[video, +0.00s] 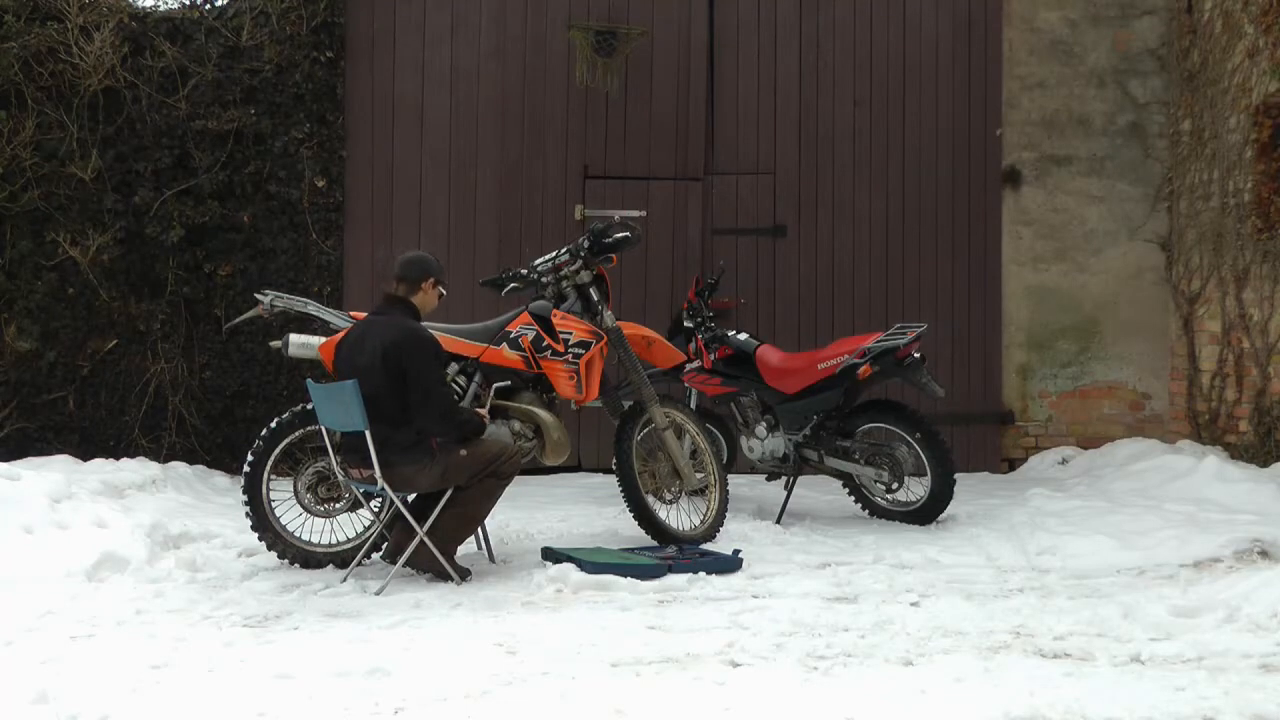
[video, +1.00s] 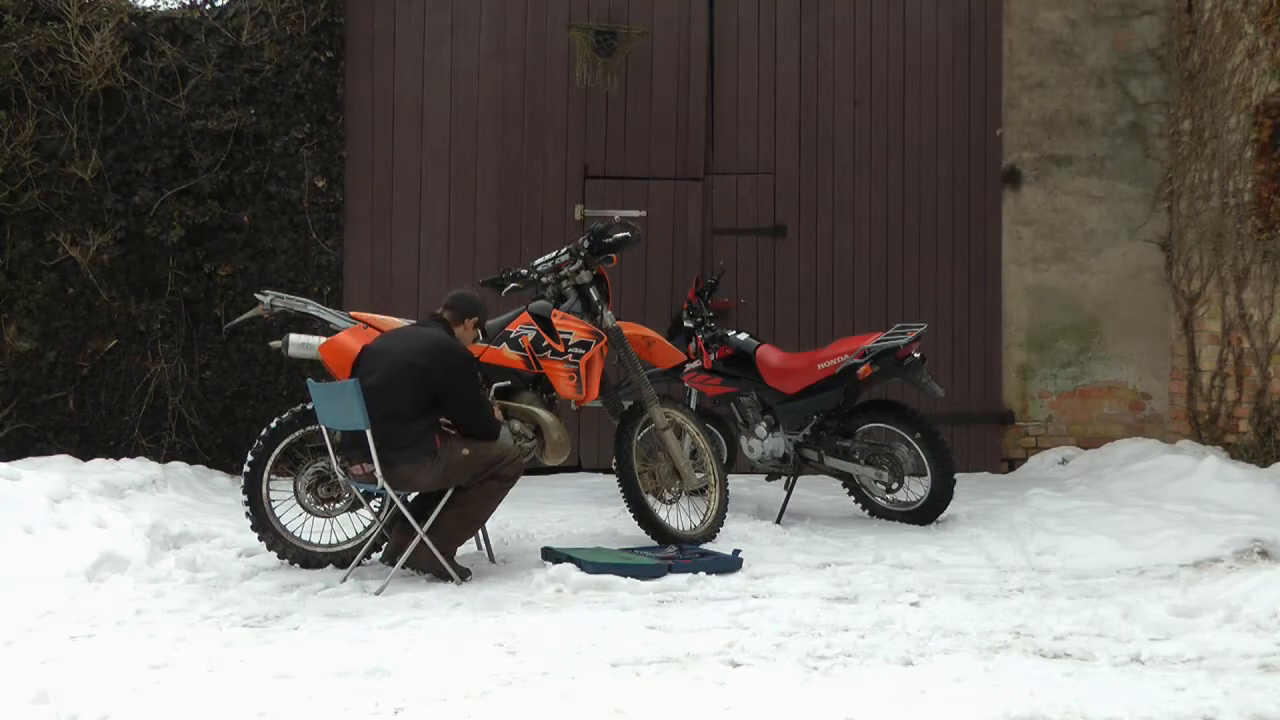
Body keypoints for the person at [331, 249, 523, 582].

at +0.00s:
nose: (439, 299)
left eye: (440, 291)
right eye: (439, 290)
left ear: (398, 284)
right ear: (425, 286)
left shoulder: (357, 333)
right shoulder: (417, 340)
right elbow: (439, 418)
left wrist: (454, 415)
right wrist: (477, 422)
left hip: (364, 457)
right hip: (403, 465)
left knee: (465, 449)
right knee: (507, 452)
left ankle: (404, 541)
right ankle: (435, 549)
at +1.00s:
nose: (473, 340)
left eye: (476, 333)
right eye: (475, 332)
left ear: (441, 314)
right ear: (467, 323)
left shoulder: (392, 337)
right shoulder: (451, 352)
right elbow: (482, 430)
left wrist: (440, 420)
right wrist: (495, 419)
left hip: (358, 458)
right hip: (402, 463)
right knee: (507, 460)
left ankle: (401, 543)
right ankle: (434, 551)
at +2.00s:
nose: (475, 340)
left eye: (478, 333)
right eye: (478, 331)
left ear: (442, 314)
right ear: (470, 324)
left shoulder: (391, 338)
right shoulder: (453, 353)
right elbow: (477, 430)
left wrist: (435, 423)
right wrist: (495, 432)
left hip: (356, 457)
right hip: (400, 463)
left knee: (464, 454)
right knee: (507, 461)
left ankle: (402, 543)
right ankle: (434, 552)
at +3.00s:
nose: (484, 335)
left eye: (486, 328)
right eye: (484, 327)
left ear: (446, 314)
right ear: (473, 321)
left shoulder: (400, 337)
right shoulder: (456, 353)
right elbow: (482, 424)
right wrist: (515, 421)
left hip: (357, 455)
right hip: (401, 461)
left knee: (461, 451)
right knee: (508, 462)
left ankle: (401, 543)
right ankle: (435, 551)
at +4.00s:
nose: (492, 345)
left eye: (495, 338)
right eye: (493, 337)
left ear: (459, 317)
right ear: (483, 329)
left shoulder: (404, 337)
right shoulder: (461, 357)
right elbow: (485, 422)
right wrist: (516, 423)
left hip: (357, 456)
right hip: (400, 461)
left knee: (464, 453)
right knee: (508, 464)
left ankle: (402, 543)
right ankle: (435, 550)